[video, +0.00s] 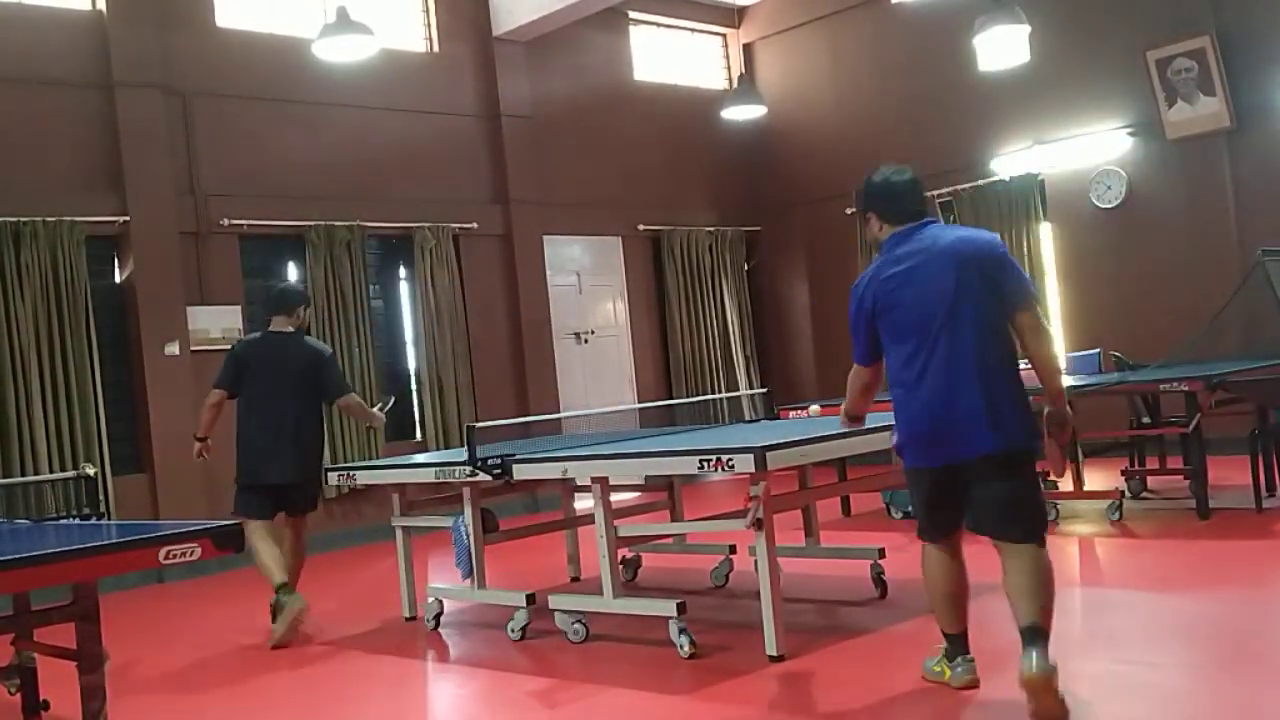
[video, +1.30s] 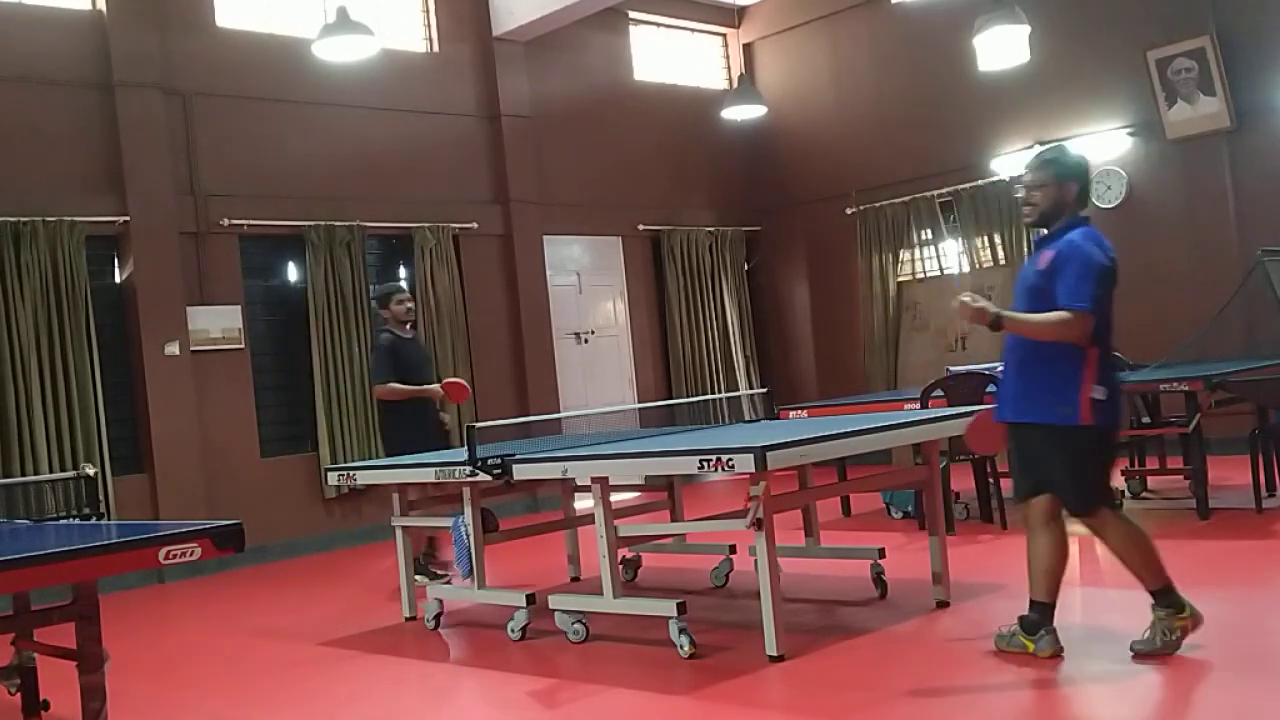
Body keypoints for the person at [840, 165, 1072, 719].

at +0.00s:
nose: (863, 228)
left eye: (863, 220)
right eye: (863, 220)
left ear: (875, 220)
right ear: (926, 206)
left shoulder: (872, 283)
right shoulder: (983, 246)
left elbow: (866, 373)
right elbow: (1030, 328)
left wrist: (852, 410)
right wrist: (1058, 403)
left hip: (927, 439)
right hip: (999, 429)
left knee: (939, 540)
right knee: (1020, 540)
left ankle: (956, 656)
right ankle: (1035, 649)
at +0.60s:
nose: (863, 231)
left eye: (867, 218)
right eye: (860, 221)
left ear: (901, 209)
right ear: (917, 210)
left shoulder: (891, 268)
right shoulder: (983, 248)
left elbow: (868, 364)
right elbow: (1026, 320)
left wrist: (872, 352)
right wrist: (1022, 387)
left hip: (940, 421)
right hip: (1002, 410)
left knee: (939, 530)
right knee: (1004, 515)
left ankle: (957, 654)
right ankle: (1029, 618)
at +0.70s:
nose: (887, 221)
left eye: (895, 210)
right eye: (886, 212)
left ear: (928, 206)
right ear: (936, 209)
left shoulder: (922, 263)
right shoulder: (994, 252)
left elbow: (896, 347)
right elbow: (1010, 331)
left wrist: (864, 369)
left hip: (953, 425)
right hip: (1011, 417)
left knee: (946, 532)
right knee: (1008, 519)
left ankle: (957, 654)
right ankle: (1037, 628)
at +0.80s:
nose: (911, 212)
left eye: (921, 202)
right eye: (911, 204)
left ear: (956, 202)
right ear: (957, 206)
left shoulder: (955, 257)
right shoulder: (995, 247)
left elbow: (944, 336)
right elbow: (990, 335)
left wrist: (880, 366)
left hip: (975, 415)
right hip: (1025, 407)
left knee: (954, 522)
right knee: (1010, 514)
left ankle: (959, 647)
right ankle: (1036, 628)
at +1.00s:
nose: (957, 202)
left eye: (968, 192)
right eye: (955, 194)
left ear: (1000, 193)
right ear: (976, 198)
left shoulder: (1006, 244)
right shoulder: (1007, 242)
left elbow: (1017, 321)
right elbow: (1013, 327)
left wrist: (943, 347)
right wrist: (968, 377)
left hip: (1006, 411)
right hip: (1027, 408)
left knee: (984, 510)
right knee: (1028, 512)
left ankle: (1032, 625)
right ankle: (1038, 625)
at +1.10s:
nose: (983, 198)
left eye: (993, 188)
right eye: (981, 190)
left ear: (1026, 191)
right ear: (990, 196)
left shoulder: (1035, 246)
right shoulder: (1011, 248)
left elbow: (1039, 325)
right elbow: (1011, 334)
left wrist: (962, 336)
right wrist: (979, 388)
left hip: (1030, 409)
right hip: (1010, 408)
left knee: (1017, 511)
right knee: (1027, 512)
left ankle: (1098, 608)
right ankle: (1037, 626)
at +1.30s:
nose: (1024, 196)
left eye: (1036, 188)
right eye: (1023, 188)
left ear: (1070, 190)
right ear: (1029, 194)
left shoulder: (1082, 247)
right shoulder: (1043, 248)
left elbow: (1077, 327)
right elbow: (1046, 326)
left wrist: (999, 318)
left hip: (1075, 411)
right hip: (1034, 411)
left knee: (1094, 510)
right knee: (1041, 511)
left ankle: (1173, 608)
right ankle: (1038, 627)